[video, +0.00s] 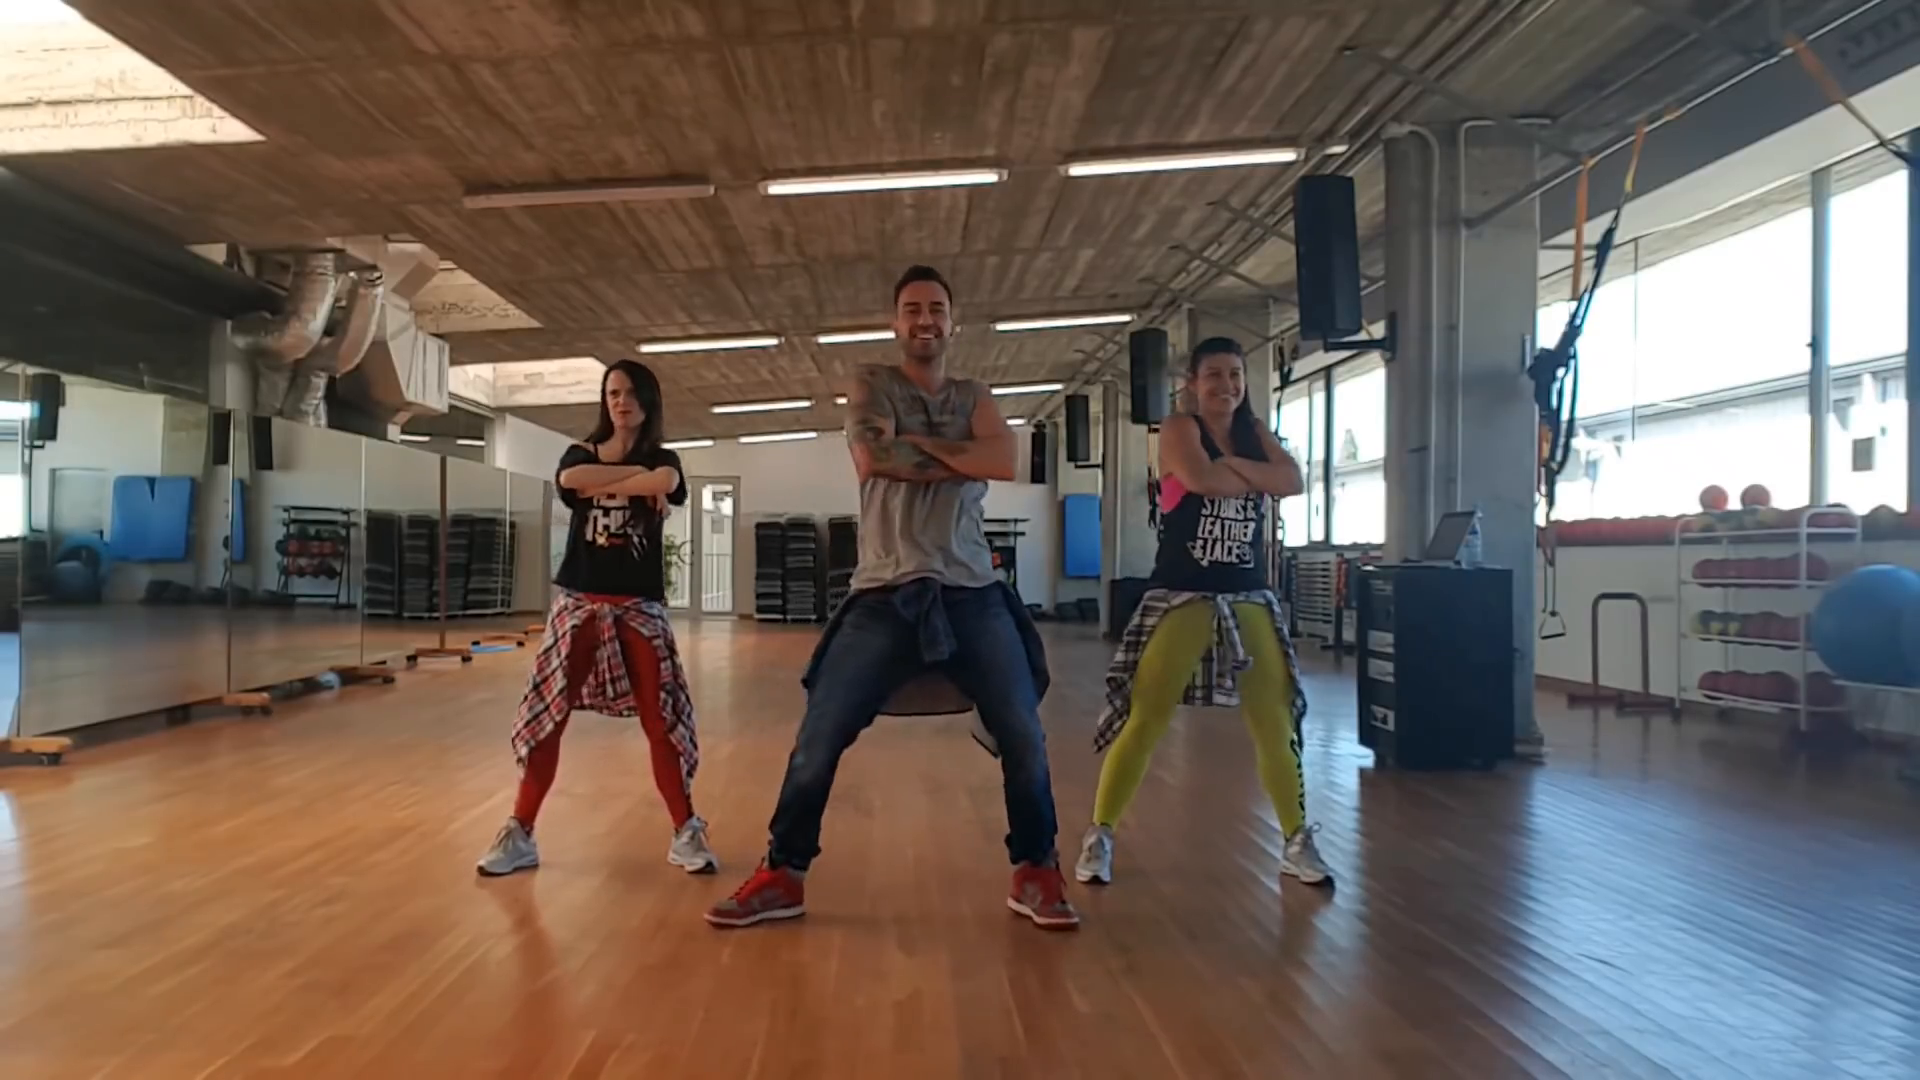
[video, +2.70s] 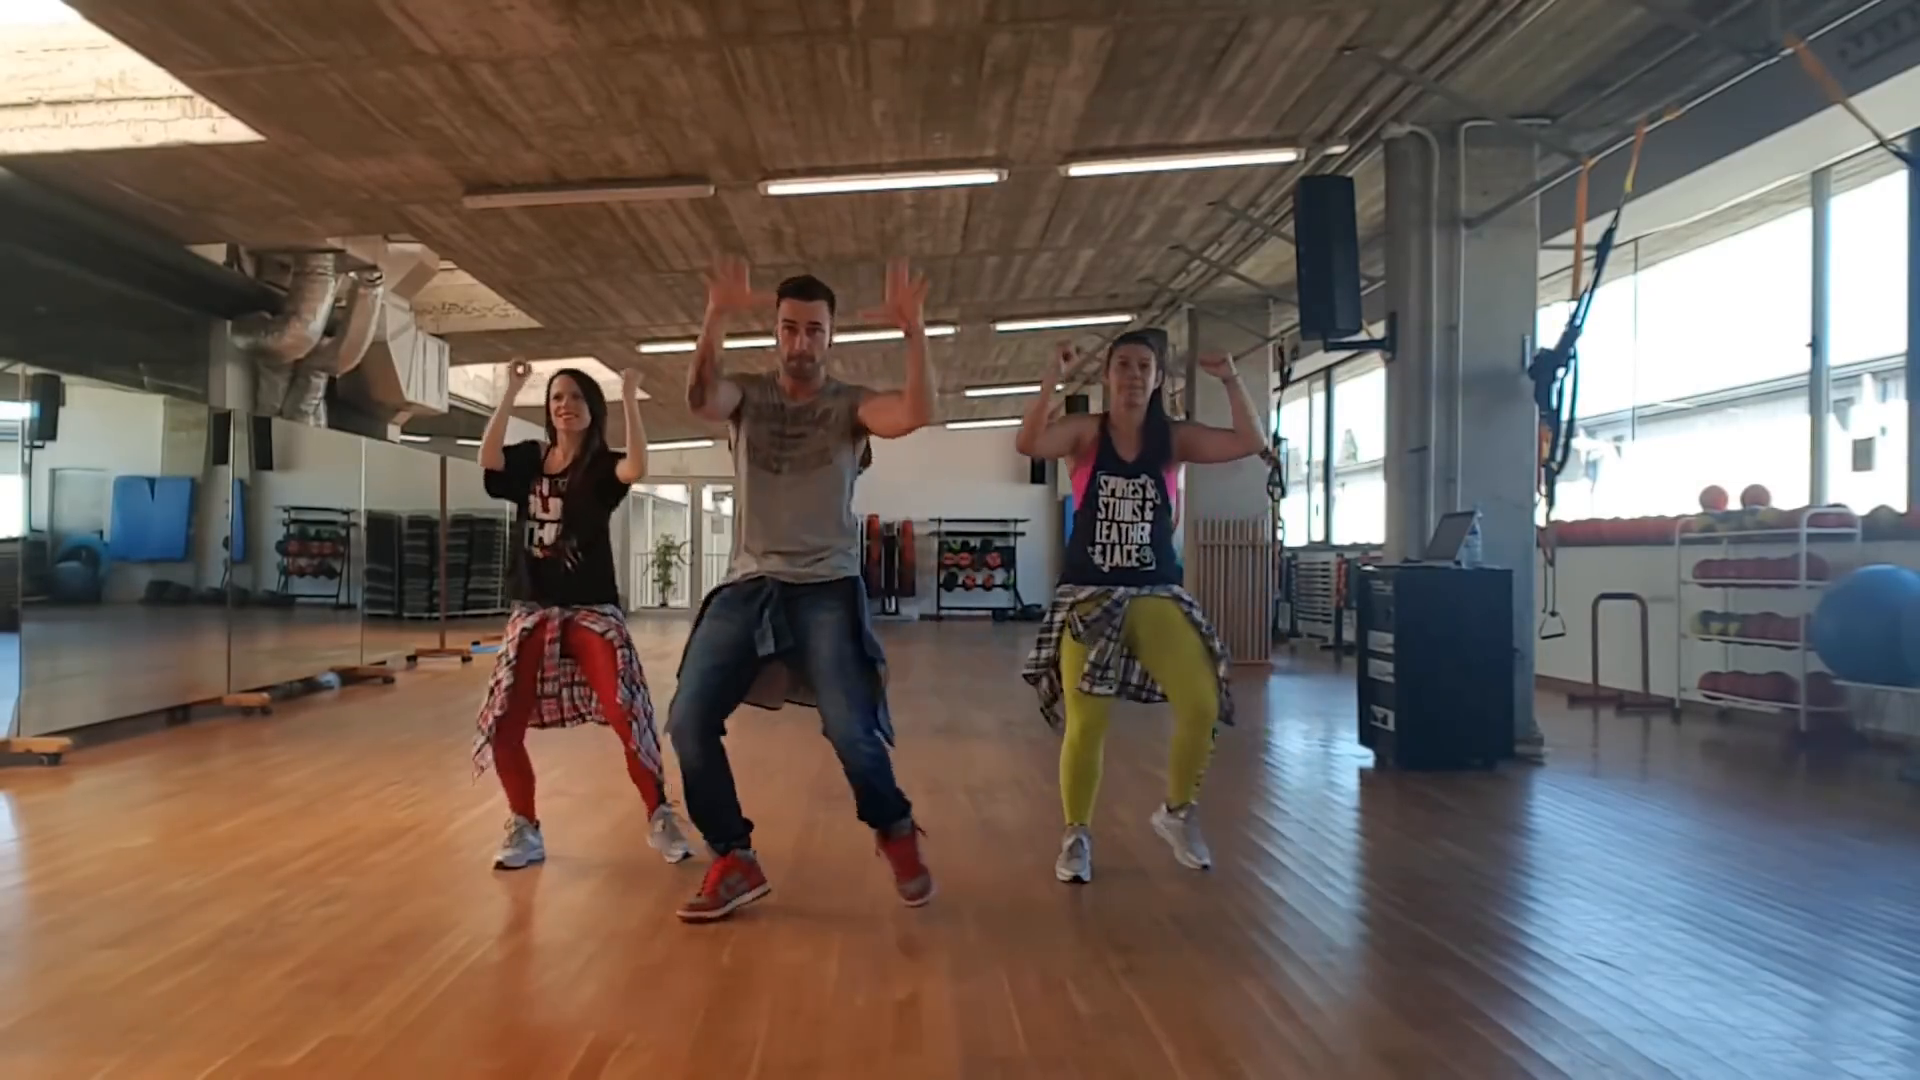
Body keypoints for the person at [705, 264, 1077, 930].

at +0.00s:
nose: (924, 319)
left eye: (935, 310)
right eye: (913, 310)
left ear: (951, 323)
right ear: (894, 322)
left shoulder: (975, 398)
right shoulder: (871, 385)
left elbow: (1004, 463)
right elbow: (870, 462)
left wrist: (910, 443)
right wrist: (966, 466)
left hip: (970, 591)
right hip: (882, 592)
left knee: (1021, 728)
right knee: (822, 727)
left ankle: (1036, 873)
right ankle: (784, 875)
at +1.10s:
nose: (914, 315)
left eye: (924, 307)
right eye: (902, 307)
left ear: (942, 326)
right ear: (883, 327)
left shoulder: (969, 399)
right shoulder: (854, 396)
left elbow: (1007, 470)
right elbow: (829, 479)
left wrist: (924, 478)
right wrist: (906, 531)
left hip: (957, 597)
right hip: (868, 598)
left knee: (1008, 731)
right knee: (809, 733)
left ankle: (1025, 873)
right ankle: (775, 872)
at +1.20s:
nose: (914, 316)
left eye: (925, 307)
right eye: (903, 307)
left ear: (942, 325)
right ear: (883, 326)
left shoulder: (970, 398)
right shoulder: (855, 397)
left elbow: (1028, 461)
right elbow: (816, 470)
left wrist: (975, 448)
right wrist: (859, 480)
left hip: (955, 592)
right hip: (866, 591)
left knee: (1006, 730)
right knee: (810, 726)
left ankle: (1025, 873)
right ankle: (775, 871)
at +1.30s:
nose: (912, 314)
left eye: (923, 305)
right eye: (901, 305)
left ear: (940, 320)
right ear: (882, 321)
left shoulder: (964, 393)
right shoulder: (858, 391)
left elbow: (1012, 458)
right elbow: (819, 457)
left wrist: (994, 379)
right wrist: (842, 380)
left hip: (952, 588)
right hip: (864, 585)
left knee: (1005, 729)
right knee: (809, 723)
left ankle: (1025, 873)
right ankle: (773, 871)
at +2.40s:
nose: (852, 364)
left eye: (865, 352)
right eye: (842, 351)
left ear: (880, 358)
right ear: (826, 357)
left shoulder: (900, 431)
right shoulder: (807, 424)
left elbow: (957, 467)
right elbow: (782, 460)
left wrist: (958, 380)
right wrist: (797, 377)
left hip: (873, 621)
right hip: (801, 620)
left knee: (934, 757)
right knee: (708, 721)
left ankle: (1055, 854)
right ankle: (748, 871)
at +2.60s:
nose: (810, 353)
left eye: (823, 341)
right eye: (799, 339)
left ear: (840, 348)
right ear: (783, 344)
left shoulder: (855, 421)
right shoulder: (756, 410)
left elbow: (912, 451)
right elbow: (713, 431)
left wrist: (916, 357)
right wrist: (734, 343)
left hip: (833, 598)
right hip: (758, 597)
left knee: (893, 738)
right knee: (685, 727)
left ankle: (980, 846)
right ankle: (745, 869)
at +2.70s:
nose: (800, 343)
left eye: (812, 331)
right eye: (789, 330)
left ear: (831, 337)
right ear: (775, 334)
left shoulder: (849, 405)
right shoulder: (747, 396)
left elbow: (914, 413)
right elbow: (701, 397)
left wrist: (913, 330)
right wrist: (716, 318)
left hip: (827, 582)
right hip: (747, 581)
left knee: (849, 727)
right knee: (688, 720)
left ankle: (897, 835)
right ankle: (735, 859)